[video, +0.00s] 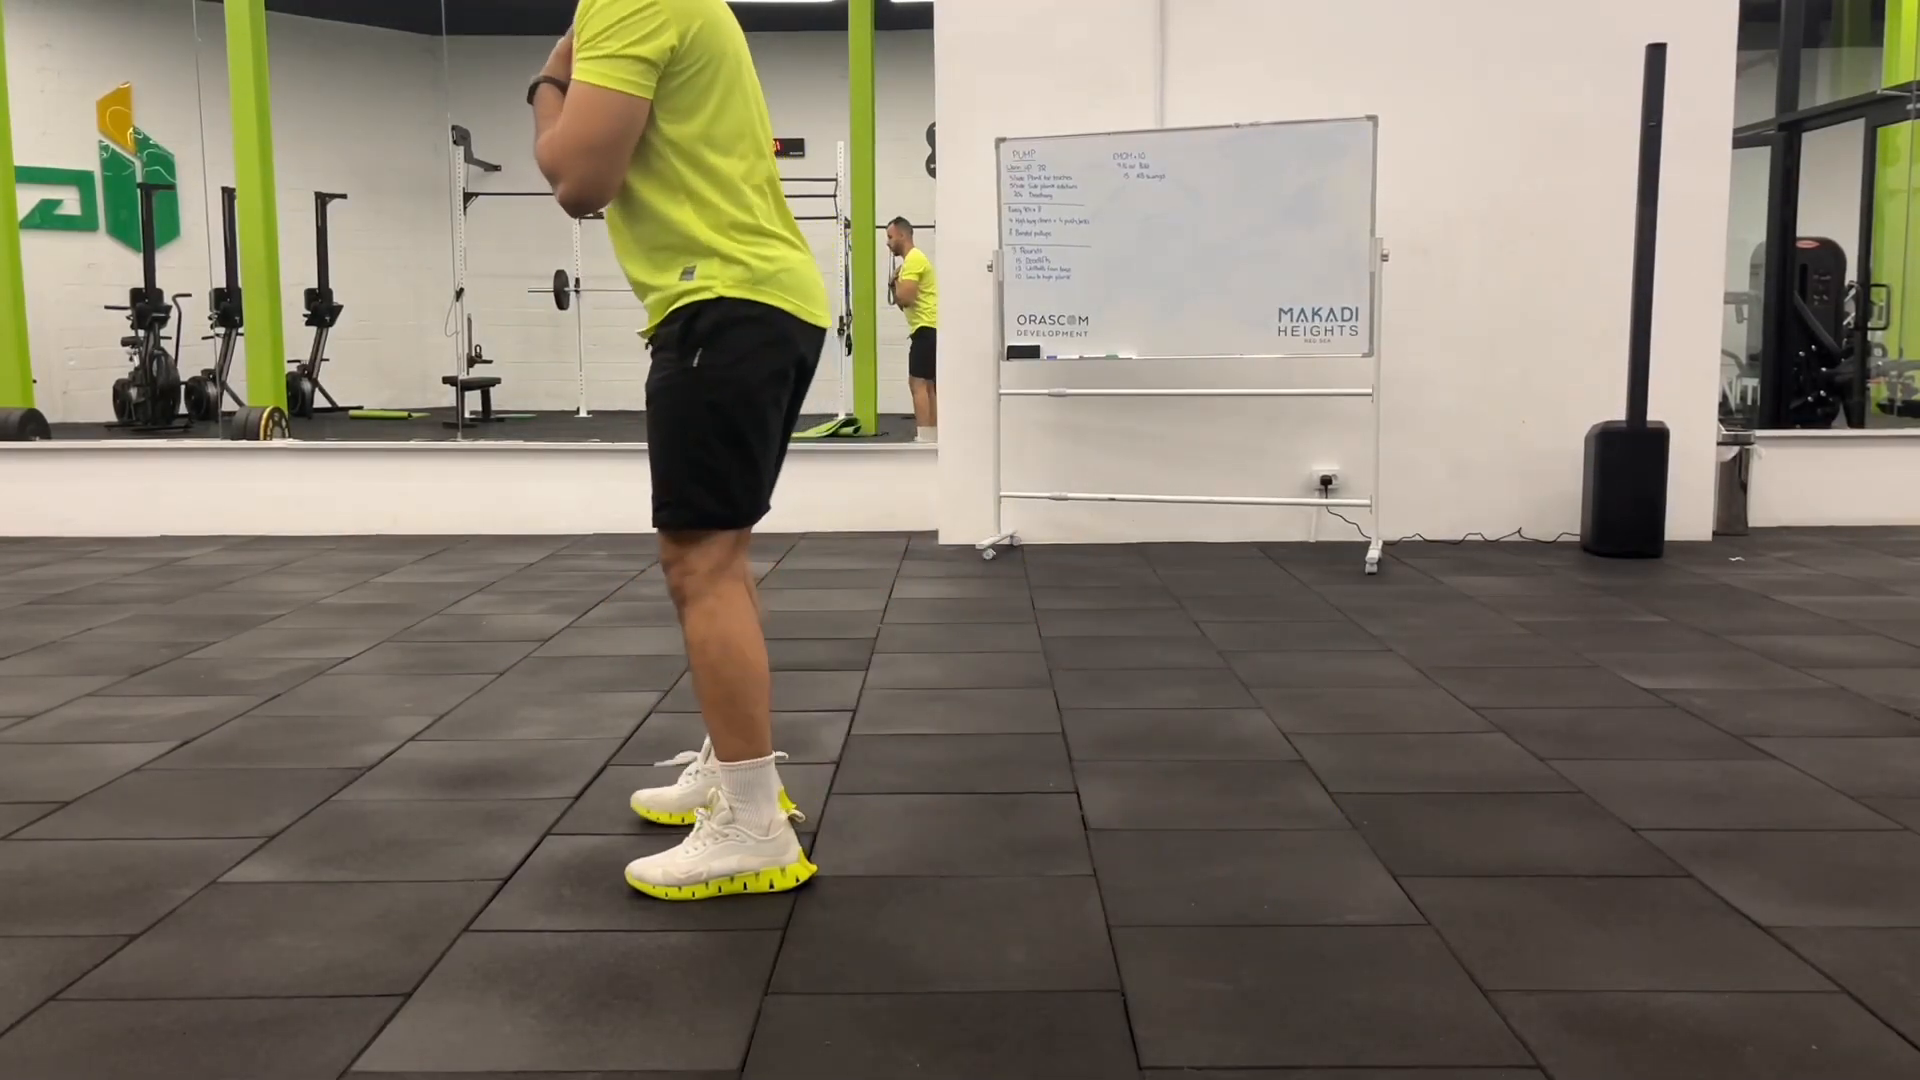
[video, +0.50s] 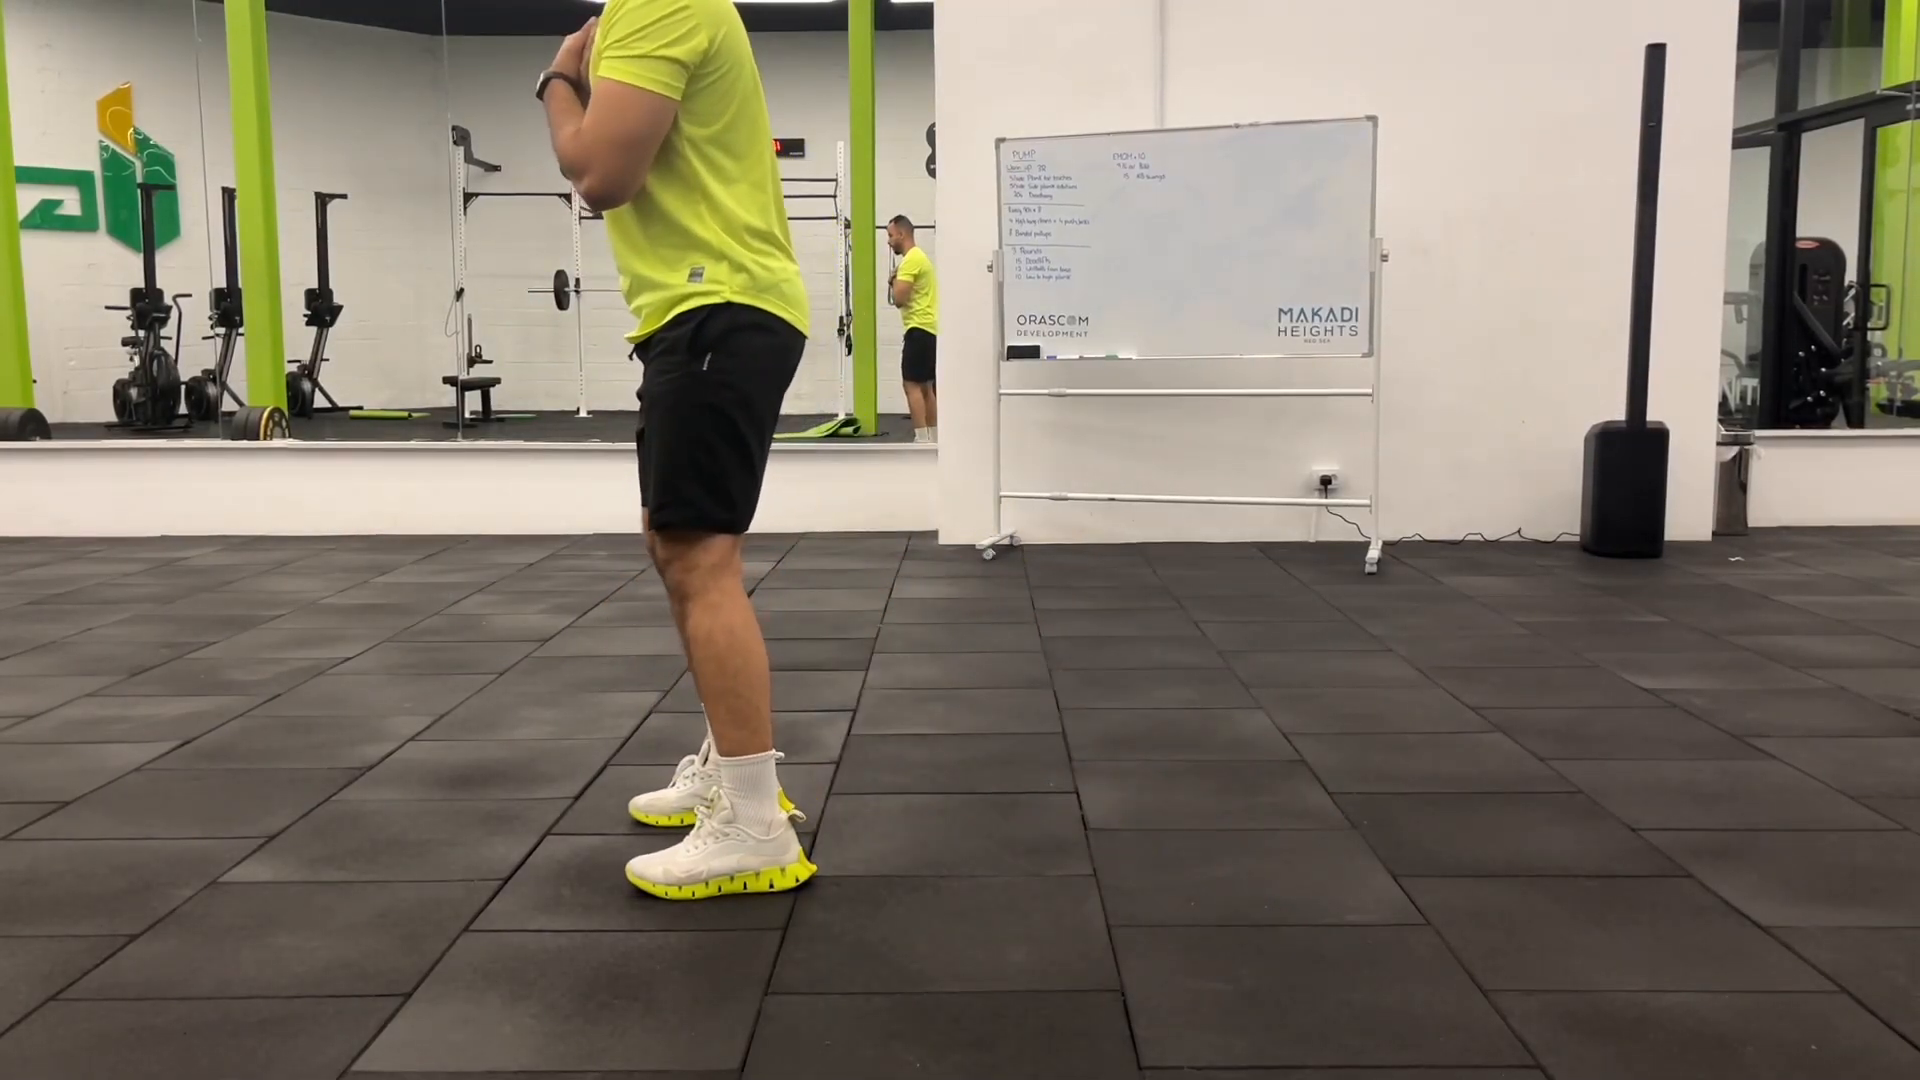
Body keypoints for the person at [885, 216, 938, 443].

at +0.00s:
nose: (887, 242)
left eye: (889, 237)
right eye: (887, 237)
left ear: (902, 235)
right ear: (904, 236)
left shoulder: (914, 259)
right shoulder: (912, 260)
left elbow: (905, 297)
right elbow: (901, 297)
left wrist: (896, 284)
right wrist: (897, 284)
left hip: (925, 328)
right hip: (927, 327)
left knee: (917, 383)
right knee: (931, 385)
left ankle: (924, 436)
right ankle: (934, 434)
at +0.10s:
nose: (888, 242)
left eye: (890, 236)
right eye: (887, 237)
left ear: (902, 235)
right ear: (905, 235)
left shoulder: (913, 260)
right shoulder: (917, 258)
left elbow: (901, 297)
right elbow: (904, 295)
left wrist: (896, 281)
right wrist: (898, 281)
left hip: (921, 330)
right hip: (928, 329)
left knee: (912, 385)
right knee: (927, 386)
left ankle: (922, 437)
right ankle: (933, 435)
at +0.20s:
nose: (888, 240)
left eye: (890, 235)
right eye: (887, 235)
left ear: (901, 233)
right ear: (905, 233)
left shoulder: (911, 258)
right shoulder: (918, 257)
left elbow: (900, 297)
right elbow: (902, 295)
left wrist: (894, 280)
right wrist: (896, 280)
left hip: (918, 329)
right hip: (928, 328)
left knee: (910, 385)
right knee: (926, 386)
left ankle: (922, 438)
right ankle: (933, 436)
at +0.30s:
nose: (888, 240)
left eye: (890, 235)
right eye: (888, 235)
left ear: (901, 233)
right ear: (905, 233)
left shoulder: (911, 258)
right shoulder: (918, 257)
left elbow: (899, 297)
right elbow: (902, 294)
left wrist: (893, 280)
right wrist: (895, 280)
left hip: (917, 329)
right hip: (928, 328)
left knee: (909, 386)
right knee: (926, 386)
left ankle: (922, 438)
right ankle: (933, 436)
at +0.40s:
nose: (888, 240)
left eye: (889, 235)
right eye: (888, 235)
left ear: (900, 234)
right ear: (905, 234)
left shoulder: (911, 259)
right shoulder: (919, 257)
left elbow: (899, 297)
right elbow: (903, 294)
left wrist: (893, 281)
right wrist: (895, 281)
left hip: (917, 330)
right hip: (928, 328)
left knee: (910, 386)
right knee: (926, 387)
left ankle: (922, 438)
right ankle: (933, 436)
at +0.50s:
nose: (888, 241)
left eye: (890, 235)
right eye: (888, 236)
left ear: (901, 234)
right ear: (905, 234)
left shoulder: (911, 259)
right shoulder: (919, 257)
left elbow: (899, 297)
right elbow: (902, 295)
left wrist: (894, 281)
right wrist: (896, 281)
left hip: (918, 329)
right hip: (929, 328)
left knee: (911, 385)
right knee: (926, 386)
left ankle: (922, 438)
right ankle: (933, 435)